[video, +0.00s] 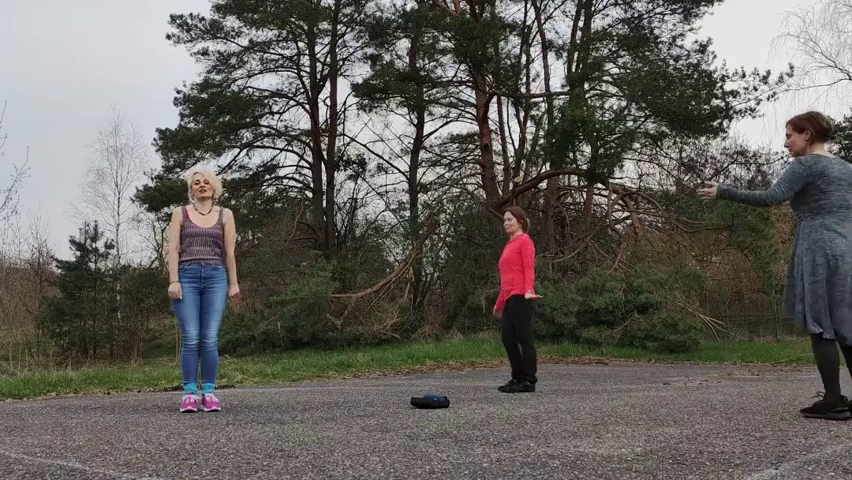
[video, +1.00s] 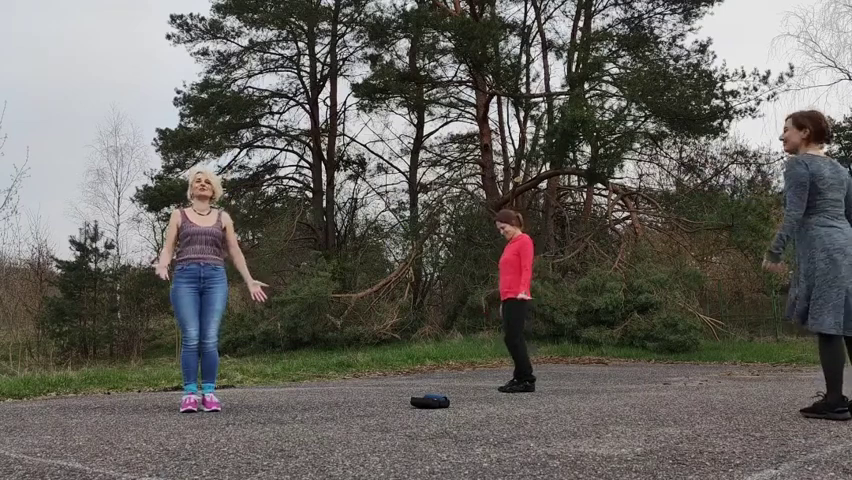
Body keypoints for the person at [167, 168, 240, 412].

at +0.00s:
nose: (201, 185)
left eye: (206, 181)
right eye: (196, 182)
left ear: (214, 186)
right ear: (191, 188)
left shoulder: (225, 214)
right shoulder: (180, 213)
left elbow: (229, 252)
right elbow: (173, 249)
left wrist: (233, 282)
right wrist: (174, 280)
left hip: (216, 276)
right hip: (186, 276)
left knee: (210, 338)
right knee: (191, 337)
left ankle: (209, 392)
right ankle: (190, 393)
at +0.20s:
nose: (208, 190)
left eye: (212, 187)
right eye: (203, 186)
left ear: (217, 192)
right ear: (193, 189)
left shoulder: (223, 217)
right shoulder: (179, 214)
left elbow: (233, 249)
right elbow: (170, 248)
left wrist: (236, 279)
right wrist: (177, 276)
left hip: (216, 276)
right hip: (186, 276)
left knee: (210, 337)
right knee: (191, 336)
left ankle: (209, 392)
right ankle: (190, 392)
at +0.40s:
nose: (206, 189)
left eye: (210, 186)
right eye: (201, 186)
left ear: (216, 191)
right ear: (193, 190)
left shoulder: (221, 218)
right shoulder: (181, 214)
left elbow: (237, 246)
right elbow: (167, 245)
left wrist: (232, 256)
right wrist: (168, 258)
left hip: (217, 278)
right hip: (188, 277)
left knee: (211, 337)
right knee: (193, 336)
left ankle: (209, 393)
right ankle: (190, 393)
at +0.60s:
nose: (205, 189)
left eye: (210, 185)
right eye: (200, 185)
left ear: (215, 191)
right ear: (192, 189)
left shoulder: (222, 219)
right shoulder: (180, 215)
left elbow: (229, 253)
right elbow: (170, 247)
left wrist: (240, 254)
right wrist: (162, 257)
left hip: (217, 277)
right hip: (186, 276)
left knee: (211, 338)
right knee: (192, 336)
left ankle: (209, 393)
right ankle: (190, 393)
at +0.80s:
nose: (206, 189)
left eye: (211, 186)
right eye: (202, 184)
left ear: (215, 191)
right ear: (192, 188)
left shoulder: (221, 216)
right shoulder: (178, 217)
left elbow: (236, 247)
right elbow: (170, 247)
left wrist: (253, 276)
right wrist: (161, 259)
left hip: (216, 278)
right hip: (185, 278)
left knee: (210, 338)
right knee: (191, 337)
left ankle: (209, 393)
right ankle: (190, 393)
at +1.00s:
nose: (202, 184)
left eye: (207, 181)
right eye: (198, 181)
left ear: (214, 189)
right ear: (190, 188)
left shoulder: (223, 217)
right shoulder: (179, 215)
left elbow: (235, 252)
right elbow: (168, 247)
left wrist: (249, 280)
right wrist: (162, 264)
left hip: (216, 277)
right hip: (185, 277)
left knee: (210, 338)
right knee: (191, 337)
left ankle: (209, 393)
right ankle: (190, 393)